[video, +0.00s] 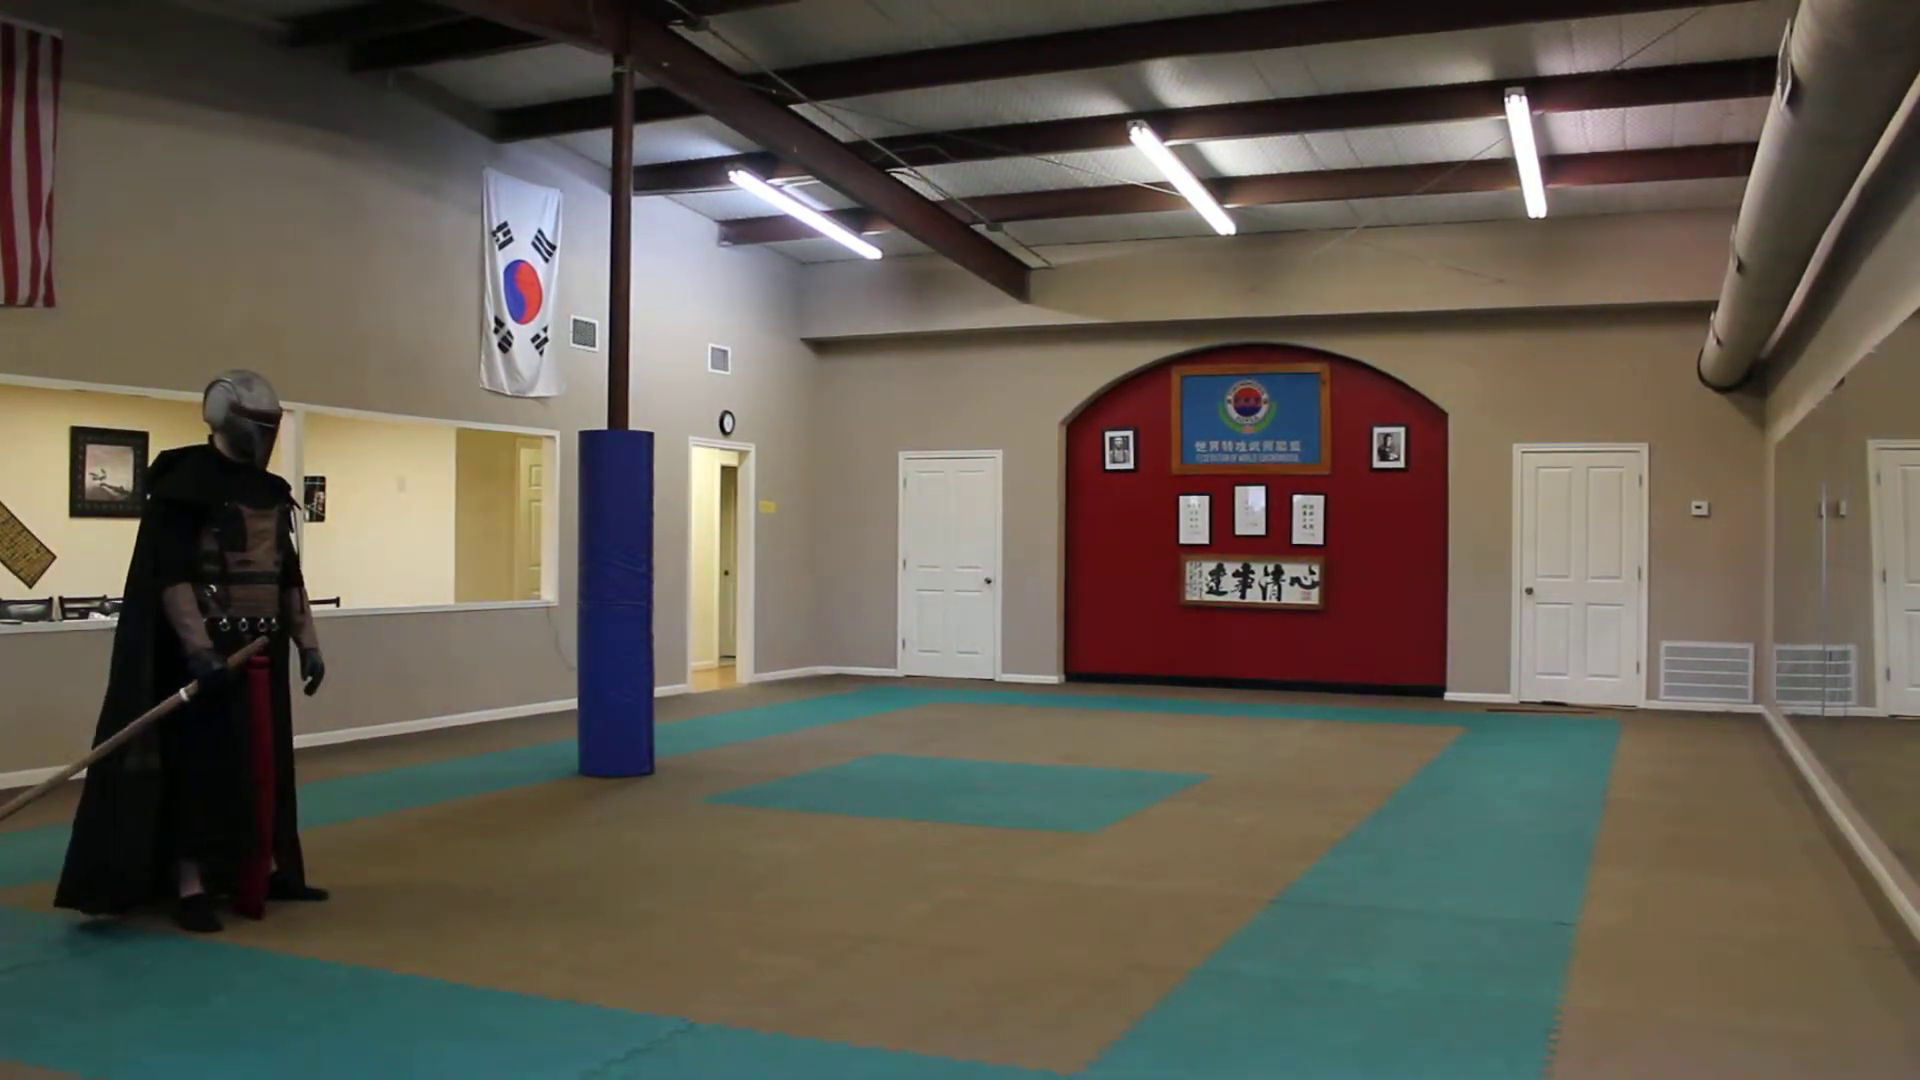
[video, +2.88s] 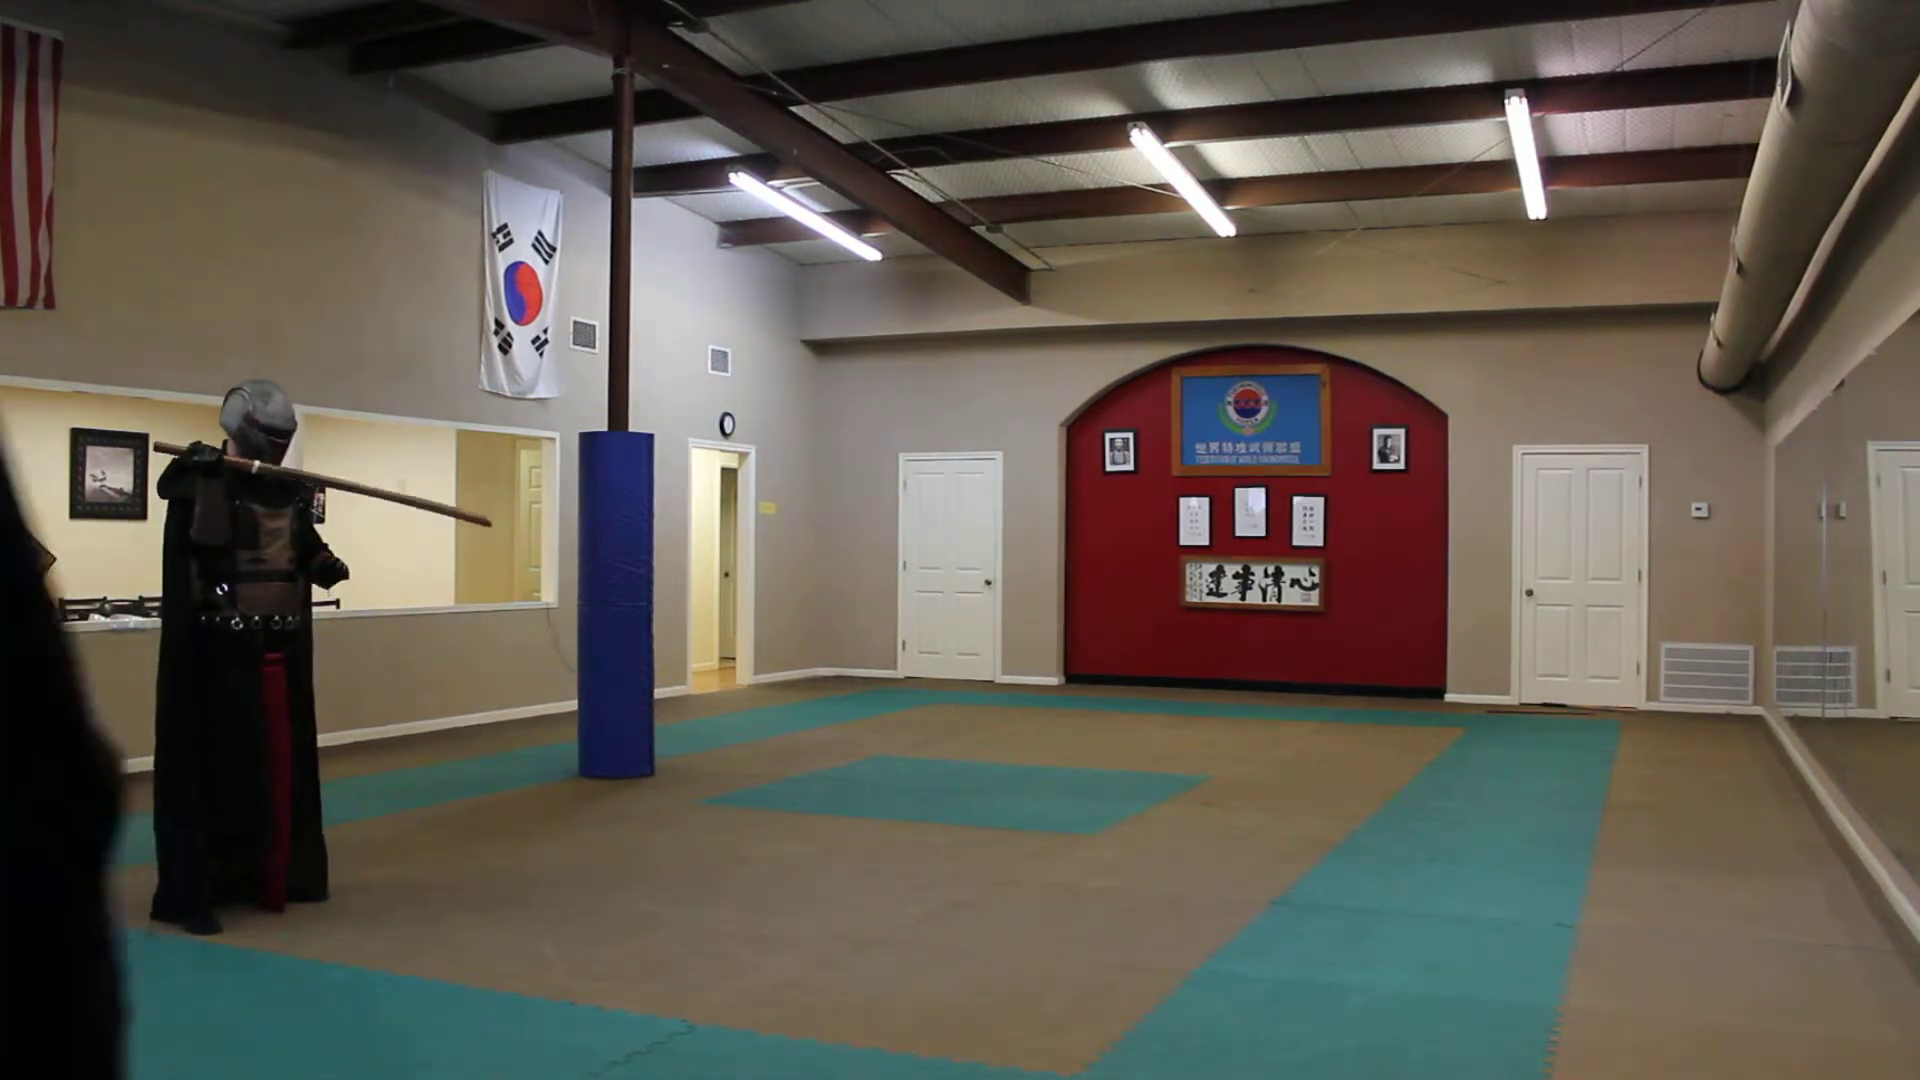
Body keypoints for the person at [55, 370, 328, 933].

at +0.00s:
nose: (266, 435)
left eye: (270, 424)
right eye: (256, 423)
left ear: (274, 425)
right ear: (224, 419)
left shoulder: (271, 493)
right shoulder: (183, 478)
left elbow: (288, 576)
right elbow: (170, 575)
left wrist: (308, 643)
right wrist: (199, 648)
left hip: (261, 653)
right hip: (199, 653)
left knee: (263, 763)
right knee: (197, 767)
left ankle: (262, 873)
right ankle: (190, 882)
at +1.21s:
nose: (276, 437)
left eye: (279, 427)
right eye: (268, 427)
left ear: (270, 427)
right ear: (232, 422)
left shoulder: (274, 493)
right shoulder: (185, 477)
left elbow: (295, 564)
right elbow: (158, 560)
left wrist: (315, 614)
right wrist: (219, 567)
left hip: (264, 652)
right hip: (198, 651)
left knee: (271, 762)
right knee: (199, 766)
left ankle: (273, 877)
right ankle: (187, 893)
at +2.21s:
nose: (278, 452)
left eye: (285, 441)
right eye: (270, 439)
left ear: (291, 440)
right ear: (239, 431)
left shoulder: (285, 494)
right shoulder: (203, 480)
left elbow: (310, 569)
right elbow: (203, 561)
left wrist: (331, 556)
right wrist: (248, 493)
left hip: (272, 647)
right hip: (212, 650)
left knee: (276, 764)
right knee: (200, 764)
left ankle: (275, 878)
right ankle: (184, 890)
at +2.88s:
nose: (279, 447)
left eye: (284, 437)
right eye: (271, 435)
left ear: (287, 437)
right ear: (242, 428)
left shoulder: (287, 491)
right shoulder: (199, 482)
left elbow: (306, 547)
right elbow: (208, 546)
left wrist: (324, 565)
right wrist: (219, 473)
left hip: (277, 650)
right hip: (214, 655)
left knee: (280, 766)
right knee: (209, 767)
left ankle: (276, 883)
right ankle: (193, 893)